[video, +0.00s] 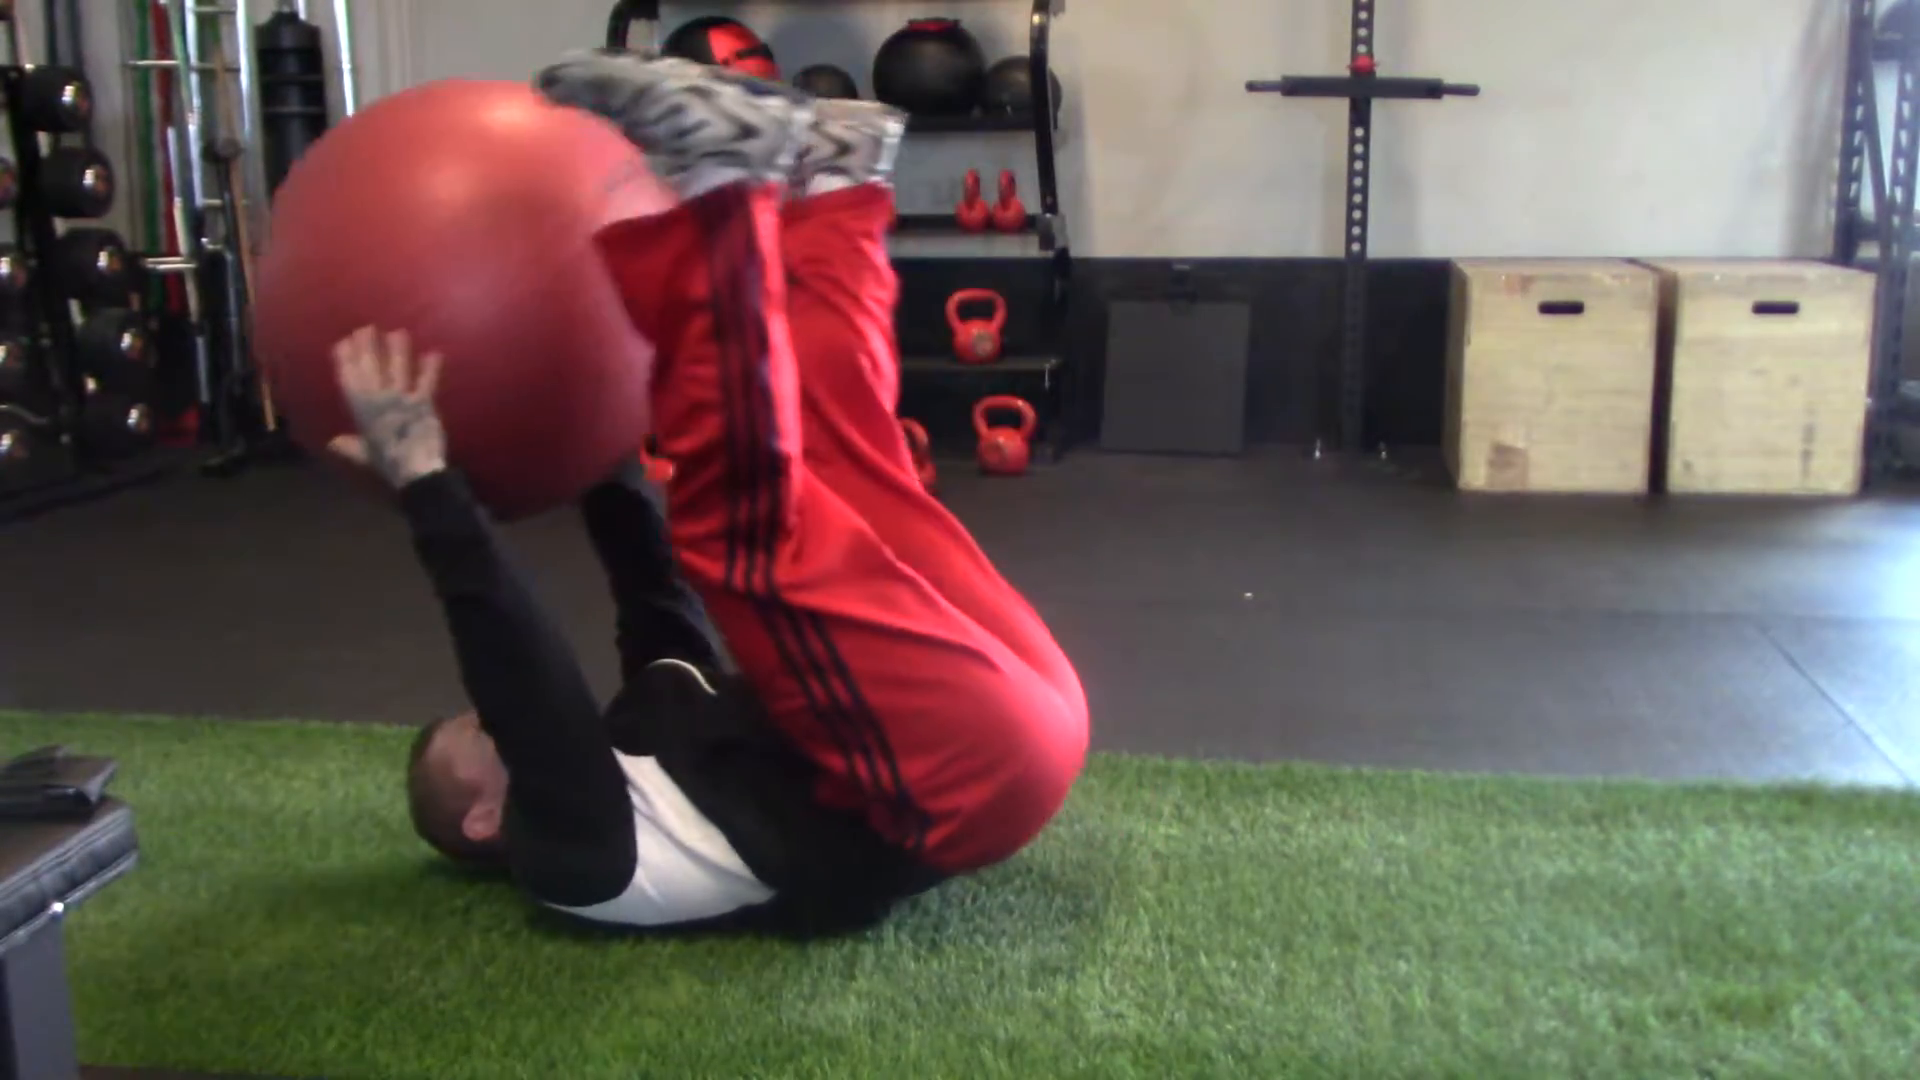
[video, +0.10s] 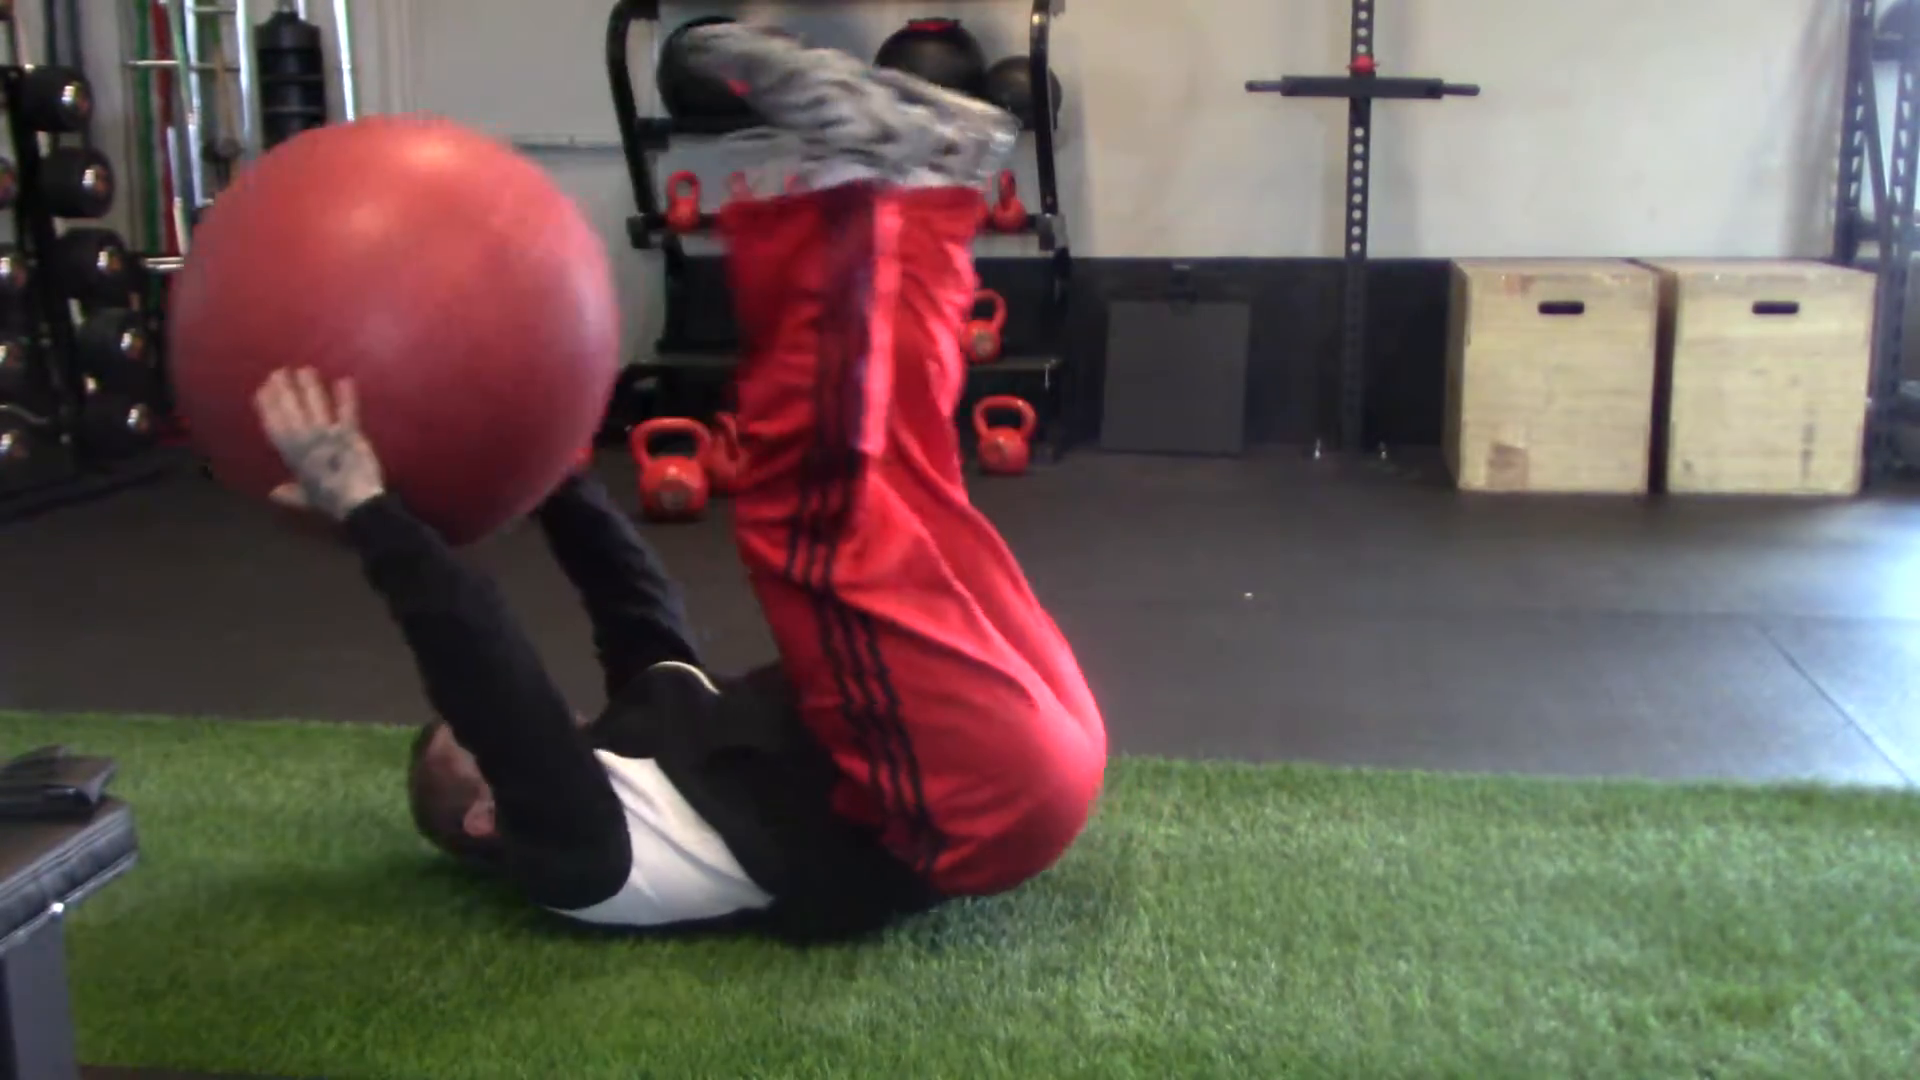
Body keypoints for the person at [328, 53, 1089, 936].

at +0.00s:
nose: (486, 718)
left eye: (478, 718)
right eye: (468, 743)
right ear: (483, 821)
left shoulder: (665, 716)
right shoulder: (578, 864)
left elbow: (644, 562)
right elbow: (523, 672)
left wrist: (562, 398)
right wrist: (427, 484)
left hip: (1031, 721)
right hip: (953, 784)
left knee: (844, 473)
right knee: (736, 523)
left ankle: (840, 187)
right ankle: (729, 188)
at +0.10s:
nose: (478, 763)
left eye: (475, 745)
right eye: (453, 779)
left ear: (521, 735)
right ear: (470, 841)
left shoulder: (657, 715)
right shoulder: (579, 864)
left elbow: (621, 574)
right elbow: (490, 674)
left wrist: (512, 429)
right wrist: (370, 507)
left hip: (1038, 745)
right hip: (972, 807)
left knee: (901, 484)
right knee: (802, 511)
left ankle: (922, 182)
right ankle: (825, 177)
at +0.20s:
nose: (531, 687)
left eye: (522, 685)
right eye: (509, 705)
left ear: (551, 693)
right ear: (501, 774)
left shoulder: (657, 711)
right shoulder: (587, 855)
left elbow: (579, 571)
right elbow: (460, 710)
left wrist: (433, 469)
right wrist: (319, 546)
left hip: (1034, 784)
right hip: (981, 841)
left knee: (957, 492)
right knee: (881, 492)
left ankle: (1062, 217)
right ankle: (998, 196)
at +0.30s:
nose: (519, 693)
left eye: (510, 682)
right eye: (491, 707)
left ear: (549, 700)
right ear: (494, 769)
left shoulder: (660, 712)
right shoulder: (586, 848)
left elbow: (557, 600)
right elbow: (430, 733)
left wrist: (422, 489)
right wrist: (272, 599)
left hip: (979, 791)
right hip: (988, 856)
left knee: (1018, 510)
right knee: (1001, 519)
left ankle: (1233, 264)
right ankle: (1239, 269)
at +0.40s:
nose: (526, 696)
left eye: (517, 688)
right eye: (501, 715)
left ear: (551, 696)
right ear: (497, 772)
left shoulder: (652, 720)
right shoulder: (590, 847)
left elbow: (531, 615)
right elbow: (415, 762)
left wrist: (363, 545)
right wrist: (233, 653)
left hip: (1001, 792)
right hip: (995, 852)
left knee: (1132, 509)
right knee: (1119, 513)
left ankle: (1442, 375)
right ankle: (1447, 375)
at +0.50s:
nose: (535, 691)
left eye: (532, 682)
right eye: (511, 709)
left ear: (563, 691)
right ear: (514, 774)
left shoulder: (653, 727)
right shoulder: (612, 837)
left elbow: (498, 639)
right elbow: (439, 796)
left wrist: (310, 600)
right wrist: (213, 728)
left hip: (1018, 773)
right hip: (1003, 838)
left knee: (1239, 531)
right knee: (1223, 548)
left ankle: (1587, 531)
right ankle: (1597, 551)